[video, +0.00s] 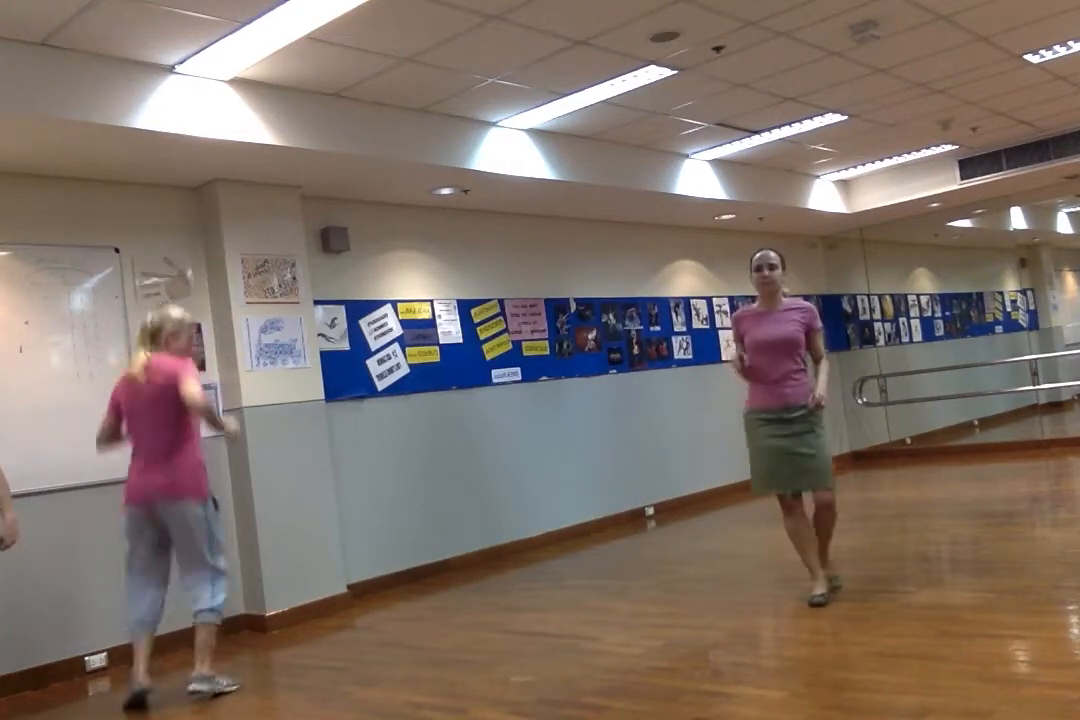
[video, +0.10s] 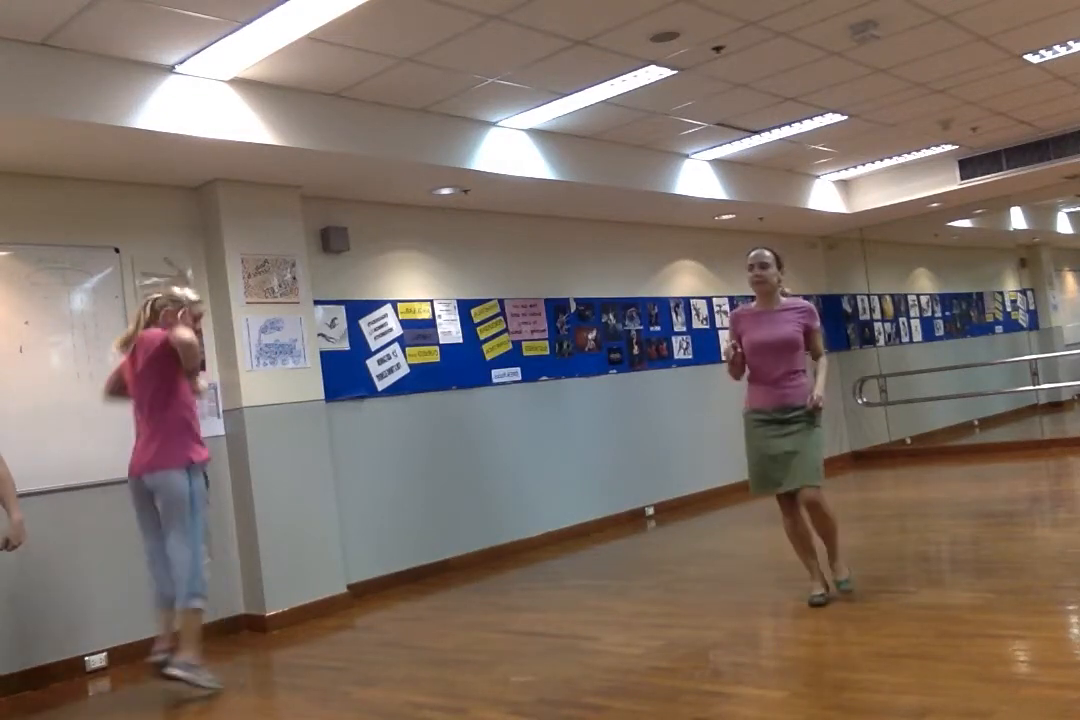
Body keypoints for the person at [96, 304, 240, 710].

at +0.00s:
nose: (192, 342)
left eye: (192, 335)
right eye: (188, 335)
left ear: (152, 336)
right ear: (170, 335)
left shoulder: (127, 378)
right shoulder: (180, 365)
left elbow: (106, 439)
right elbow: (193, 399)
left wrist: (139, 428)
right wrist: (221, 424)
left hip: (140, 489)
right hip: (183, 487)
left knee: (145, 578)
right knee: (205, 574)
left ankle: (139, 678)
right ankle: (203, 673)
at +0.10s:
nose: (196, 325)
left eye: (198, 320)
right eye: (194, 319)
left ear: (154, 315)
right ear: (173, 314)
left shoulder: (137, 345)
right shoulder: (169, 338)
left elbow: (112, 388)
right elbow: (184, 340)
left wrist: (154, 392)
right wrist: (194, 370)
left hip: (143, 464)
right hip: (175, 462)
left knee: (159, 554)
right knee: (187, 549)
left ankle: (165, 642)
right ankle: (187, 656)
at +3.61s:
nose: (480, 326)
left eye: (479, 320)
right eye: (475, 321)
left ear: (455, 325)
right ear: (458, 324)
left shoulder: (440, 358)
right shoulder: (467, 356)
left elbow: (415, 401)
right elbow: (495, 403)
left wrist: (435, 431)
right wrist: (532, 424)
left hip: (452, 453)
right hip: (469, 455)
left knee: (494, 518)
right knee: (461, 527)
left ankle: (515, 585)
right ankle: (435, 608)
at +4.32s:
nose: (577, 315)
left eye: (578, 310)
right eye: (570, 311)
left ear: (578, 315)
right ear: (553, 316)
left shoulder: (582, 351)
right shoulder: (544, 354)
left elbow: (586, 395)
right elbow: (525, 400)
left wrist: (607, 421)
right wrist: (510, 442)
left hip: (579, 443)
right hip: (554, 445)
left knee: (605, 506)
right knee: (589, 505)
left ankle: (552, 553)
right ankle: (600, 584)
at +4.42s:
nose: (586, 315)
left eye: (587, 310)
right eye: (579, 310)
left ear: (586, 315)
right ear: (562, 316)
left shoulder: (586, 348)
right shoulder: (552, 352)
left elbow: (586, 395)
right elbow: (537, 397)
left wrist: (607, 423)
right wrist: (534, 440)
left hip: (584, 440)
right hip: (557, 442)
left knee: (617, 499)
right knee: (590, 502)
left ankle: (569, 549)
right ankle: (601, 582)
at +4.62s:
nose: (595, 317)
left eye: (596, 312)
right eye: (588, 313)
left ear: (594, 317)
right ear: (571, 317)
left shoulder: (594, 345)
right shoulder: (563, 354)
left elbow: (595, 393)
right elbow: (554, 405)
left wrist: (619, 417)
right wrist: (568, 438)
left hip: (595, 440)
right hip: (572, 443)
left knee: (613, 501)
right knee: (599, 500)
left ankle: (597, 561)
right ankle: (603, 580)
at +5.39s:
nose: (585, 313)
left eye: (589, 308)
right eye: (579, 309)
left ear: (596, 313)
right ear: (569, 314)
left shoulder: (599, 348)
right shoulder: (555, 346)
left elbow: (596, 393)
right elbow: (540, 391)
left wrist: (603, 431)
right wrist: (535, 430)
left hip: (584, 435)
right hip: (554, 435)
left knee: (589, 499)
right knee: (556, 498)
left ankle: (589, 564)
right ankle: (547, 576)